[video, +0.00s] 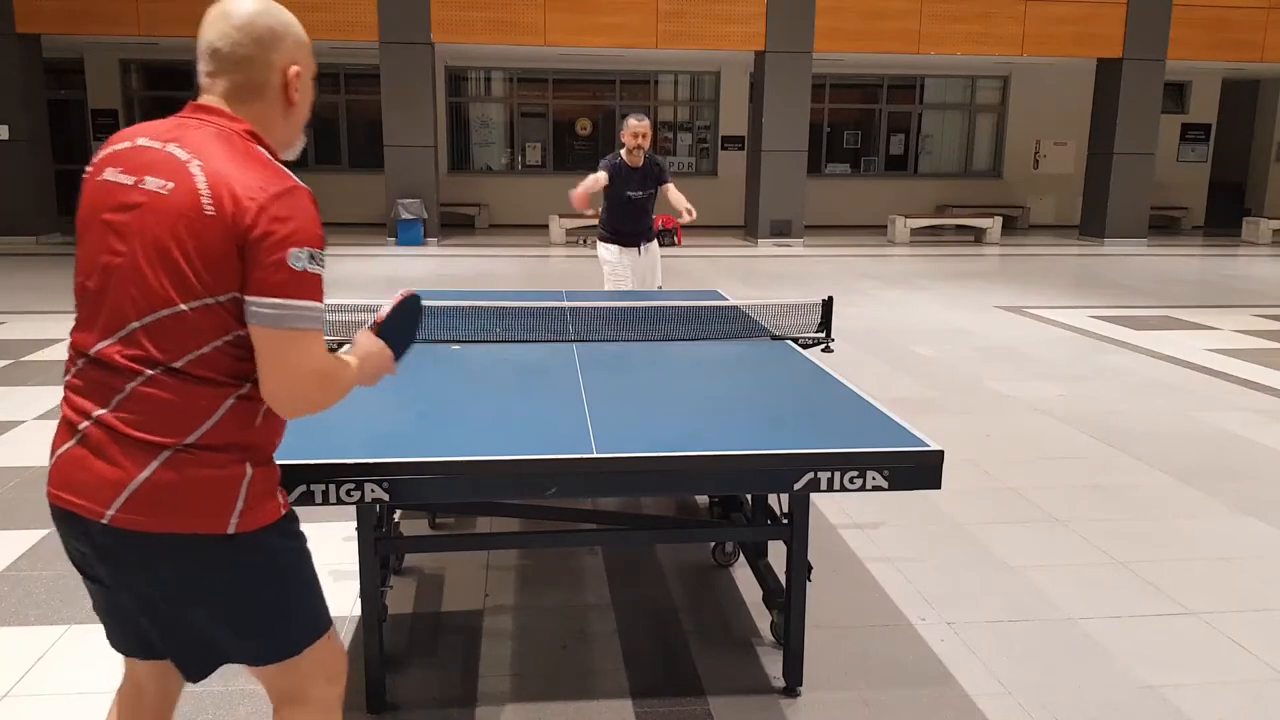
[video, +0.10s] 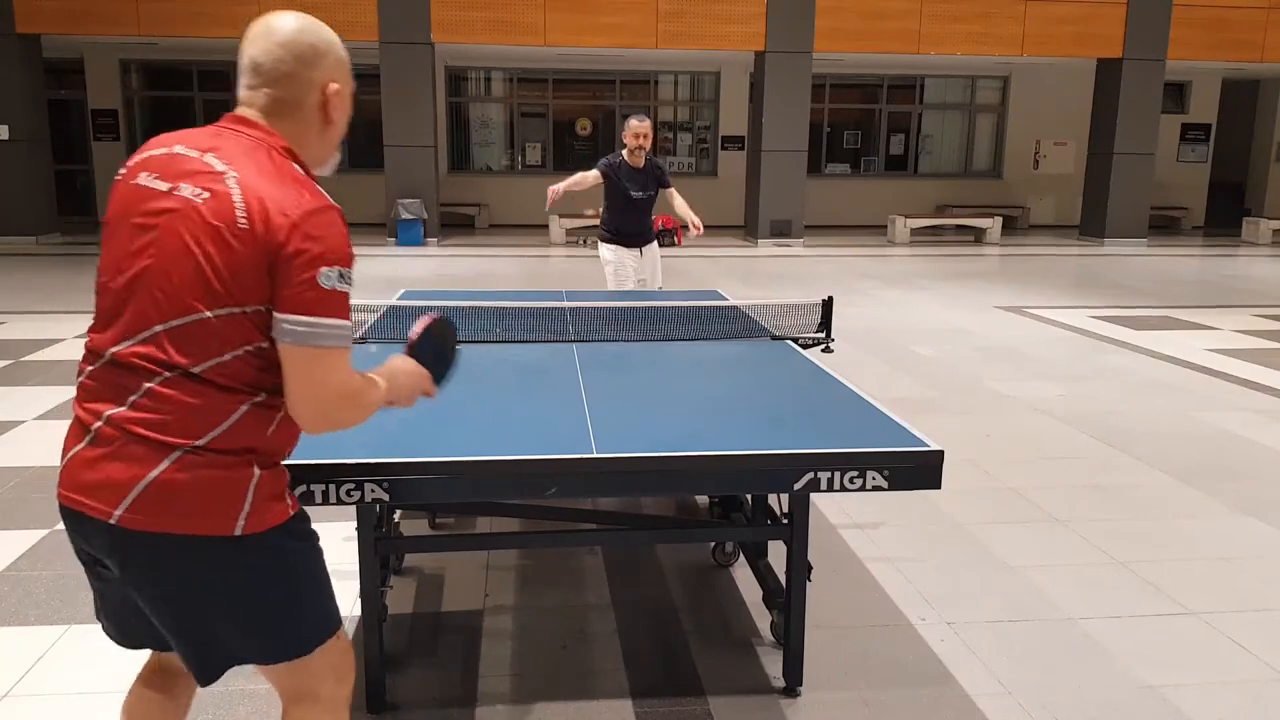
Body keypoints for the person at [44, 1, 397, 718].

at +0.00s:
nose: (313, 101)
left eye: (314, 86)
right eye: (314, 83)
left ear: (205, 74)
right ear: (294, 82)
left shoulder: (115, 154)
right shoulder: (271, 195)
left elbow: (143, 314)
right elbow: (294, 391)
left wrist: (293, 326)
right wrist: (360, 363)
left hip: (84, 492)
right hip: (202, 509)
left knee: (149, 674)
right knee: (314, 684)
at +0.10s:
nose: (350, 114)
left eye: (352, 98)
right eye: (351, 96)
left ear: (247, 85)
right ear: (331, 97)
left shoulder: (147, 160)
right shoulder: (301, 210)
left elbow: (159, 320)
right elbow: (320, 405)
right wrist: (392, 383)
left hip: (96, 493)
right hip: (214, 509)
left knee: (172, 660)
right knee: (321, 682)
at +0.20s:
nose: (378, 134)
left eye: (382, 117)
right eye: (381, 116)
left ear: (281, 98)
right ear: (360, 118)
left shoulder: (177, 162)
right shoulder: (317, 225)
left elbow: (178, 320)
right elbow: (335, 415)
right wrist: (424, 408)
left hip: (95, 479)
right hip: (203, 500)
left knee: (174, 645)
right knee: (320, 680)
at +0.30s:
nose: (395, 157)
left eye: (400, 140)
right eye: (399, 139)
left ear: (301, 110)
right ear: (376, 136)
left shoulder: (201, 165)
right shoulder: (317, 235)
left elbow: (188, 317)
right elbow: (316, 422)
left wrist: (311, 330)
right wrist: (446, 446)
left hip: (95, 474)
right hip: (198, 500)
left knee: (151, 657)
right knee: (319, 677)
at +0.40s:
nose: (401, 176)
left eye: (406, 159)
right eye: (404, 158)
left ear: (309, 127)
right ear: (380, 154)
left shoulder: (219, 175)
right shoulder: (305, 243)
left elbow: (208, 304)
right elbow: (294, 435)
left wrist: (314, 324)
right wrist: (435, 498)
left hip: (95, 474)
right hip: (183, 502)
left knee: (145, 660)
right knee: (314, 678)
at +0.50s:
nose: (402, 192)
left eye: (409, 177)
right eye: (407, 175)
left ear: (314, 142)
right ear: (377, 170)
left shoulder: (223, 182)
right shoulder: (297, 251)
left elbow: (210, 307)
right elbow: (283, 442)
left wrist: (313, 331)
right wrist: (404, 532)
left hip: (86, 474)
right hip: (171, 502)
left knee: (155, 654)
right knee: (302, 678)